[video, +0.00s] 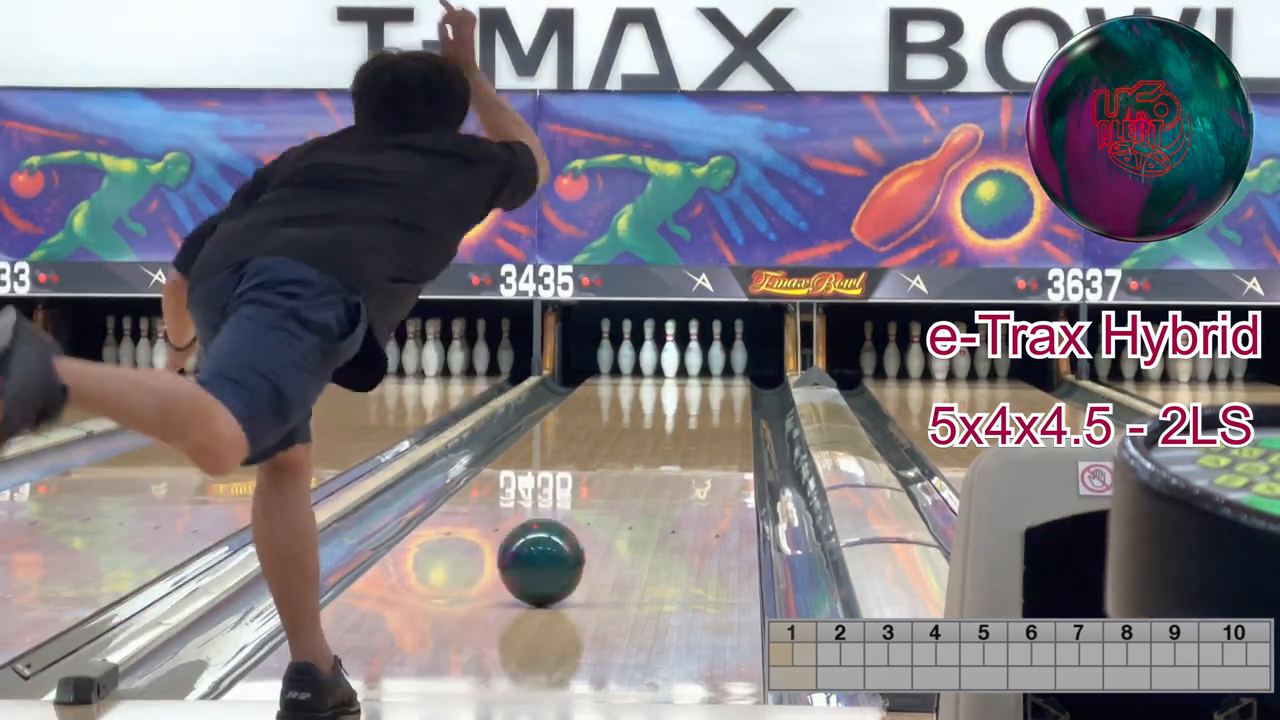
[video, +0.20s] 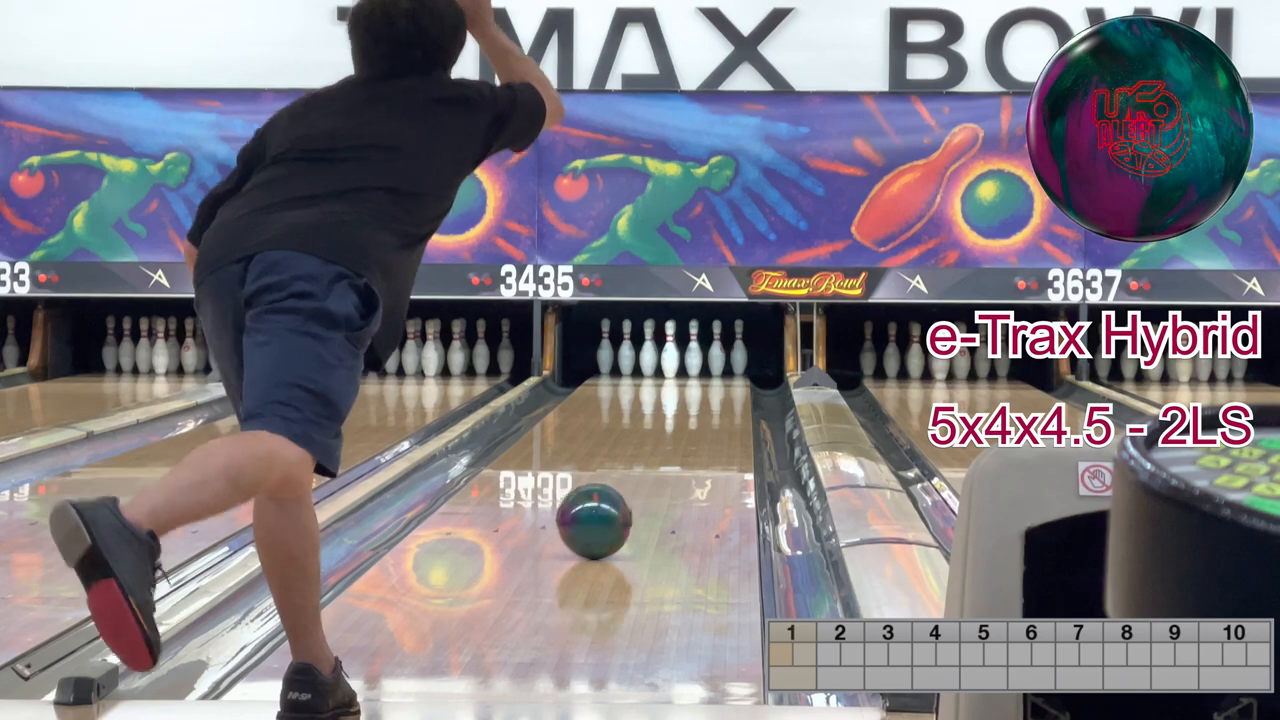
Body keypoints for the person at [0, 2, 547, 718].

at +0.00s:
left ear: (361, 115)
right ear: (448, 121)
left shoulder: (303, 157)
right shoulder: (460, 162)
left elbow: (181, 272)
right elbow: (528, 158)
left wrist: (180, 343)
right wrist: (474, 76)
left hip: (219, 271)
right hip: (311, 276)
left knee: (285, 465)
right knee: (225, 436)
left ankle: (311, 668)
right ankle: (51, 372)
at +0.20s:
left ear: (361, 45)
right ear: (448, 53)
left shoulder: (302, 111)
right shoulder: (452, 105)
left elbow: (201, 237)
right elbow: (542, 103)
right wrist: (486, 25)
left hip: (221, 266)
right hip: (318, 259)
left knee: (284, 469)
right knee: (283, 443)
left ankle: (313, 673)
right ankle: (128, 522)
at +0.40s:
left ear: (353, 14)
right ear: (433, 17)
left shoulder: (293, 74)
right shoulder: (453, 62)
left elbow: (195, 199)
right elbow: (542, 62)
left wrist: (203, 269)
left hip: (227, 251)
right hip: (324, 247)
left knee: (280, 464)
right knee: (286, 446)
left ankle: (313, 671)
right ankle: (137, 566)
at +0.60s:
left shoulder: (276, 31)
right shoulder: (439, 17)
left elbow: (187, 158)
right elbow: (548, 40)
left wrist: (203, 249)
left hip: (226, 255)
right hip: (322, 249)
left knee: (272, 471)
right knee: (309, 455)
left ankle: (311, 670)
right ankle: (164, 599)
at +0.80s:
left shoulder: (254, 7)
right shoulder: (424, 2)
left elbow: (185, 131)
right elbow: (521, 71)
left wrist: (207, 251)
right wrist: (479, 5)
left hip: (223, 251)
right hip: (321, 244)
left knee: (272, 466)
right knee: (326, 459)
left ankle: (310, 667)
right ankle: (247, 673)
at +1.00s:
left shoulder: (230, 3)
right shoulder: (411, 4)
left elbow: (183, 140)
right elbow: (479, 115)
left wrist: (201, 257)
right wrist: (486, 55)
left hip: (226, 254)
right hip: (328, 251)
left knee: (274, 471)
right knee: (328, 477)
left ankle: (309, 663)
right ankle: (269, 694)